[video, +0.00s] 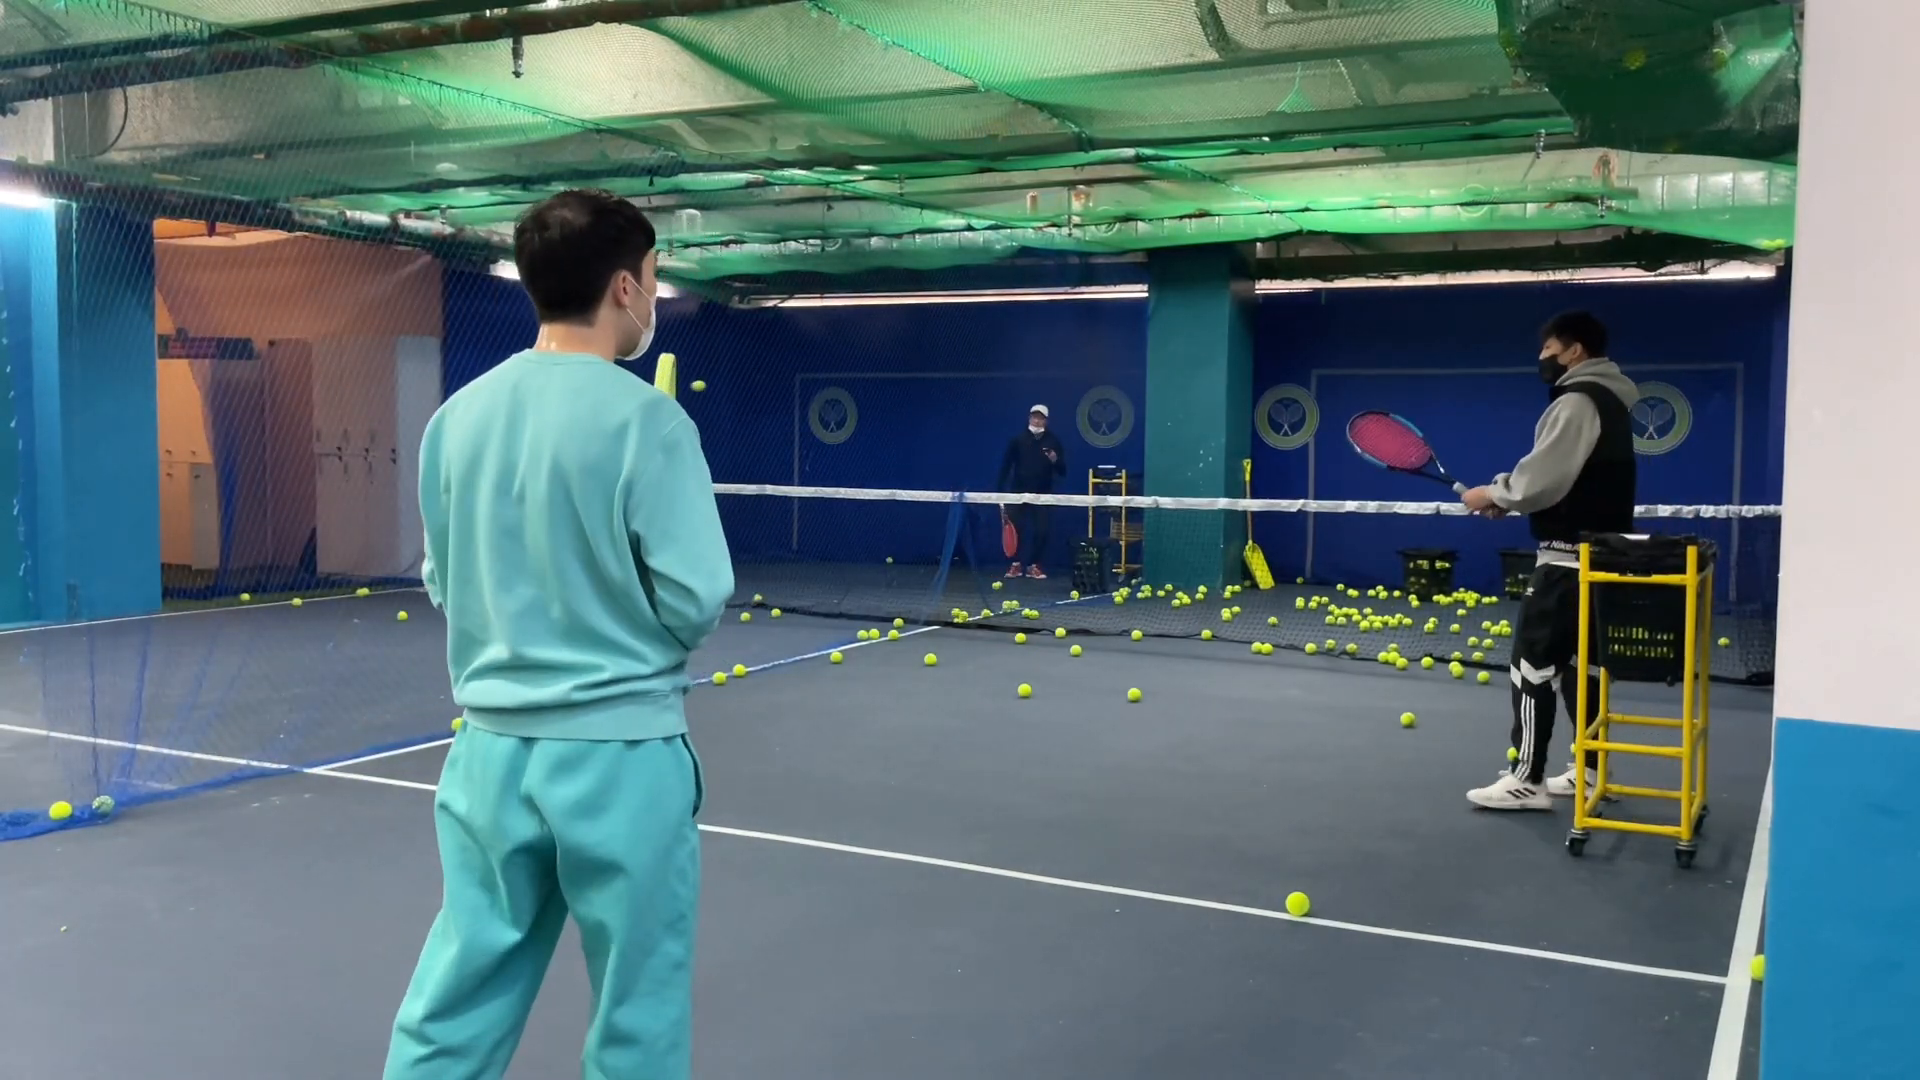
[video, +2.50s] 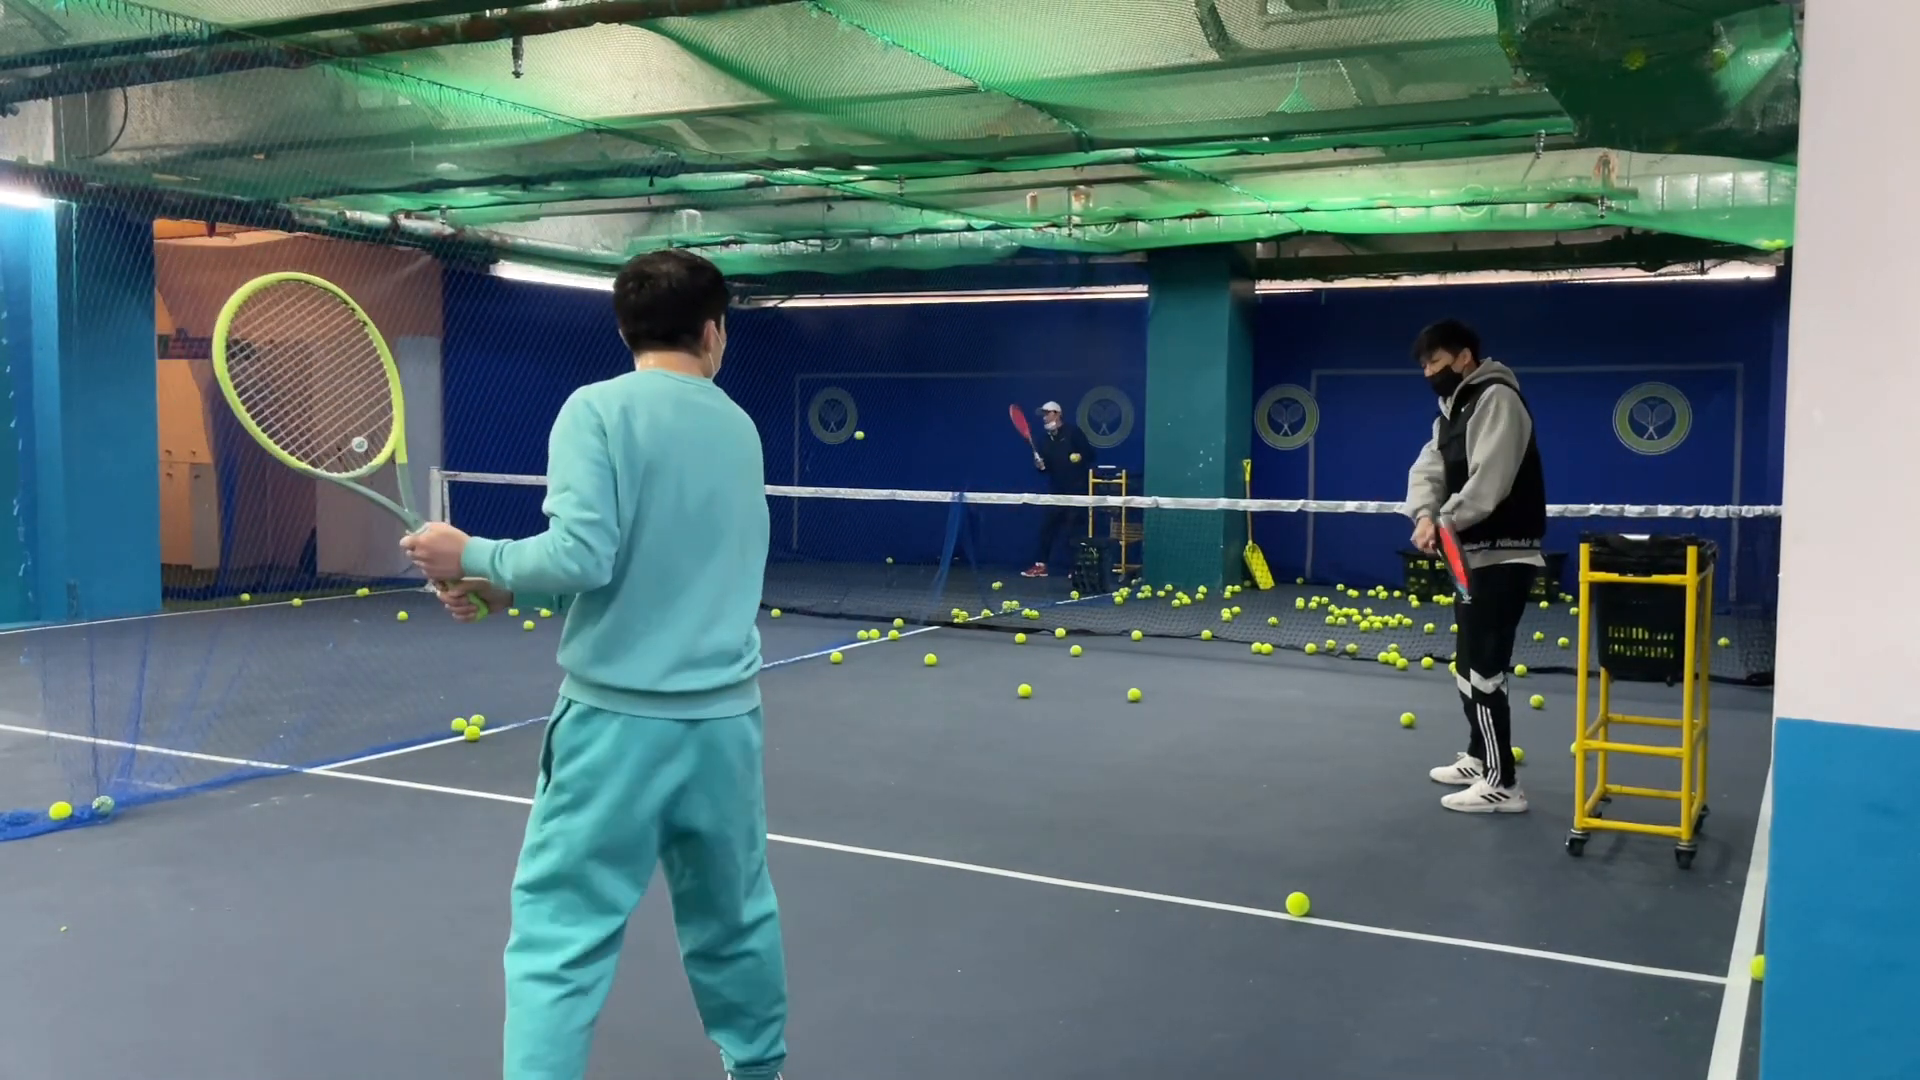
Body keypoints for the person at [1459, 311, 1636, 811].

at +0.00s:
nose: (1543, 358)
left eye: (1550, 349)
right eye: (1543, 350)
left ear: (1579, 348)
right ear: (1583, 351)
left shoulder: (1577, 403)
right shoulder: (1606, 399)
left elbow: (1546, 475)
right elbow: (1566, 479)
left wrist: (1492, 492)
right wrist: (1507, 497)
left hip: (1566, 556)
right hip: (1598, 554)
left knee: (1532, 664)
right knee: (1579, 665)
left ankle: (1526, 779)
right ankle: (1590, 771)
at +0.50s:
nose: (1492, 363)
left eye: (1495, 354)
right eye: (1491, 355)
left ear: (1516, 353)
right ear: (1524, 354)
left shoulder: (1545, 406)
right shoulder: (1524, 405)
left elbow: (1504, 468)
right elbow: (1491, 478)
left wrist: (1435, 466)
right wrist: (1434, 484)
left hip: (1533, 561)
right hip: (1523, 559)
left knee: (1495, 670)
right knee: (1522, 668)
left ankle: (1500, 785)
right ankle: (1575, 758)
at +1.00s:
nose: (1444, 371)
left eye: (1448, 361)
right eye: (1441, 364)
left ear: (1476, 354)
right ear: (1462, 362)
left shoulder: (1522, 398)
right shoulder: (1460, 415)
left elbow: (1514, 460)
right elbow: (1439, 483)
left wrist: (1449, 455)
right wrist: (1419, 472)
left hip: (1522, 555)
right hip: (1487, 557)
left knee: (1501, 673)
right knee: (1479, 666)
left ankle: (1502, 786)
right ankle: (1480, 760)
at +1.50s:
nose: (1438, 361)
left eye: (1445, 350)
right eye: (1432, 355)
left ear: (1472, 348)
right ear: (1431, 360)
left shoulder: (1507, 401)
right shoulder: (1446, 413)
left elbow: (1511, 467)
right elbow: (1420, 467)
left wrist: (1461, 466)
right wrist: (1410, 473)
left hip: (1506, 553)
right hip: (1469, 555)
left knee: (1494, 670)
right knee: (1468, 664)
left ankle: (1503, 785)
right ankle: (1479, 760)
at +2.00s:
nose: (1438, 367)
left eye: (1444, 356)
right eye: (1433, 361)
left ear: (1473, 352)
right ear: (1436, 365)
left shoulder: (1497, 402)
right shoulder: (1464, 401)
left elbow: (1479, 473)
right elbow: (1441, 451)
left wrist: (1435, 495)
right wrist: (1412, 476)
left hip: (1497, 556)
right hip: (1468, 554)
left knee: (1481, 670)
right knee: (1465, 667)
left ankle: (1502, 786)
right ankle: (1478, 760)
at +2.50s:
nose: (1428, 373)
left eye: (1435, 362)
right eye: (1424, 365)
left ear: (1466, 355)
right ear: (1442, 366)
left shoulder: (1498, 399)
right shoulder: (1454, 407)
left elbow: (1491, 478)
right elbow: (1430, 465)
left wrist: (1445, 522)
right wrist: (1424, 512)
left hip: (1505, 556)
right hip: (1476, 556)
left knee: (1483, 672)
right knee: (1469, 668)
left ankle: (1501, 786)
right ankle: (1483, 761)